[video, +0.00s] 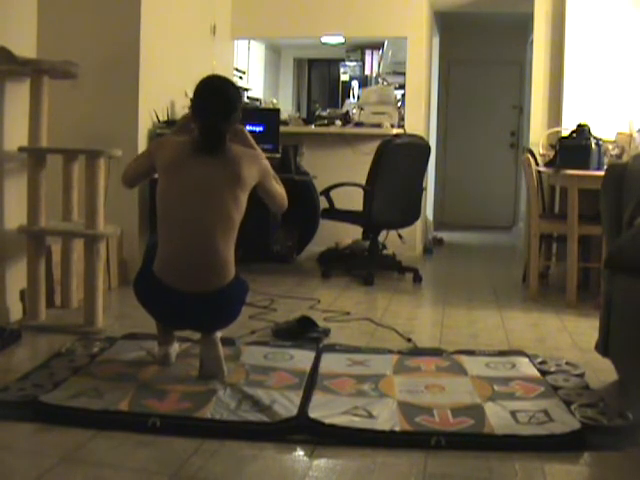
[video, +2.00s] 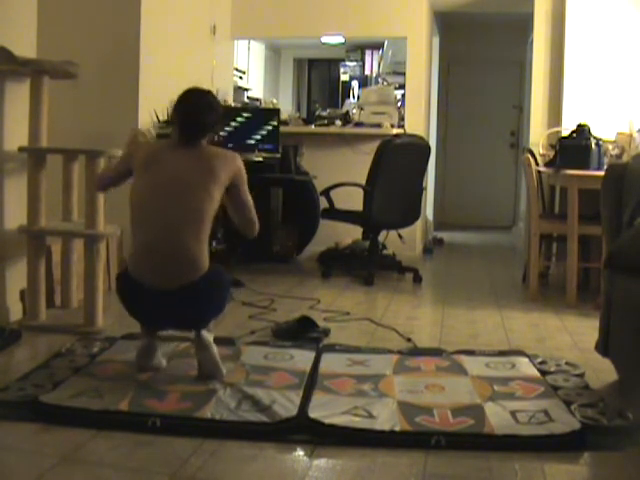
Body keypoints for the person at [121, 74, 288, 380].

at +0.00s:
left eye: (194, 104)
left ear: (193, 111)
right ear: (236, 117)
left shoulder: (166, 149)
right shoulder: (249, 160)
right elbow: (280, 203)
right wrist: (249, 143)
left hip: (165, 305)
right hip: (217, 308)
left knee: (155, 243)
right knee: (233, 279)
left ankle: (165, 345)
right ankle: (211, 339)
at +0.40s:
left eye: (193, 114)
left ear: (192, 121)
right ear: (235, 127)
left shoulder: (165, 155)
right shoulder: (252, 165)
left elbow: (127, 202)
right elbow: (281, 213)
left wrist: (157, 175)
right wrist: (248, 159)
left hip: (166, 307)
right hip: (218, 310)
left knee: (155, 241)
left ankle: (165, 345)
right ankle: (211, 340)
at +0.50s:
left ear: (191, 122)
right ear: (234, 128)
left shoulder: (164, 157)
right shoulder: (251, 165)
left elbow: (125, 208)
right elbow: (282, 216)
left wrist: (156, 181)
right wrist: (260, 175)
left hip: (165, 308)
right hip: (218, 311)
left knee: (155, 242)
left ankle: (165, 345)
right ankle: (211, 342)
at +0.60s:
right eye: (235, 125)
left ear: (191, 123)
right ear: (234, 130)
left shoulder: (164, 158)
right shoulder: (251, 165)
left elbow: (124, 211)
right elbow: (283, 216)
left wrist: (157, 183)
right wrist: (262, 176)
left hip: (166, 308)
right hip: (218, 311)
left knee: (155, 241)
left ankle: (165, 345)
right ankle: (211, 342)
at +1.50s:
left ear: (196, 125)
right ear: (238, 135)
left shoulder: (169, 156)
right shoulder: (256, 168)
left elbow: (124, 208)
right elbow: (276, 231)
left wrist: (167, 193)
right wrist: (247, 203)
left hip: (165, 308)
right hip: (216, 312)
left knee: (151, 236)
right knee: (237, 285)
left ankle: (163, 346)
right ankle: (209, 340)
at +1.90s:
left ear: (180, 124)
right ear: (220, 134)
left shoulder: (150, 155)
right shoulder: (235, 166)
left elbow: (104, 199)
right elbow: (240, 232)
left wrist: (140, 172)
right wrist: (210, 206)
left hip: (146, 304)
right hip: (197, 308)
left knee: (128, 272)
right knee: (220, 277)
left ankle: (150, 346)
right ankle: (205, 338)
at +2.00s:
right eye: (214, 121)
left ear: (174, 118)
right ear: (214, 128)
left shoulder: (143, 153)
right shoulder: (227, 162)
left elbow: (102, 183)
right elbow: (250, 228)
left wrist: (128, 155)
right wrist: (223, 191)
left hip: (142, 303)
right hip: (194, 305)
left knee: (128, 274)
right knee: (219, 279)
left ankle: (148, 341)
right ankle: (204, 336)